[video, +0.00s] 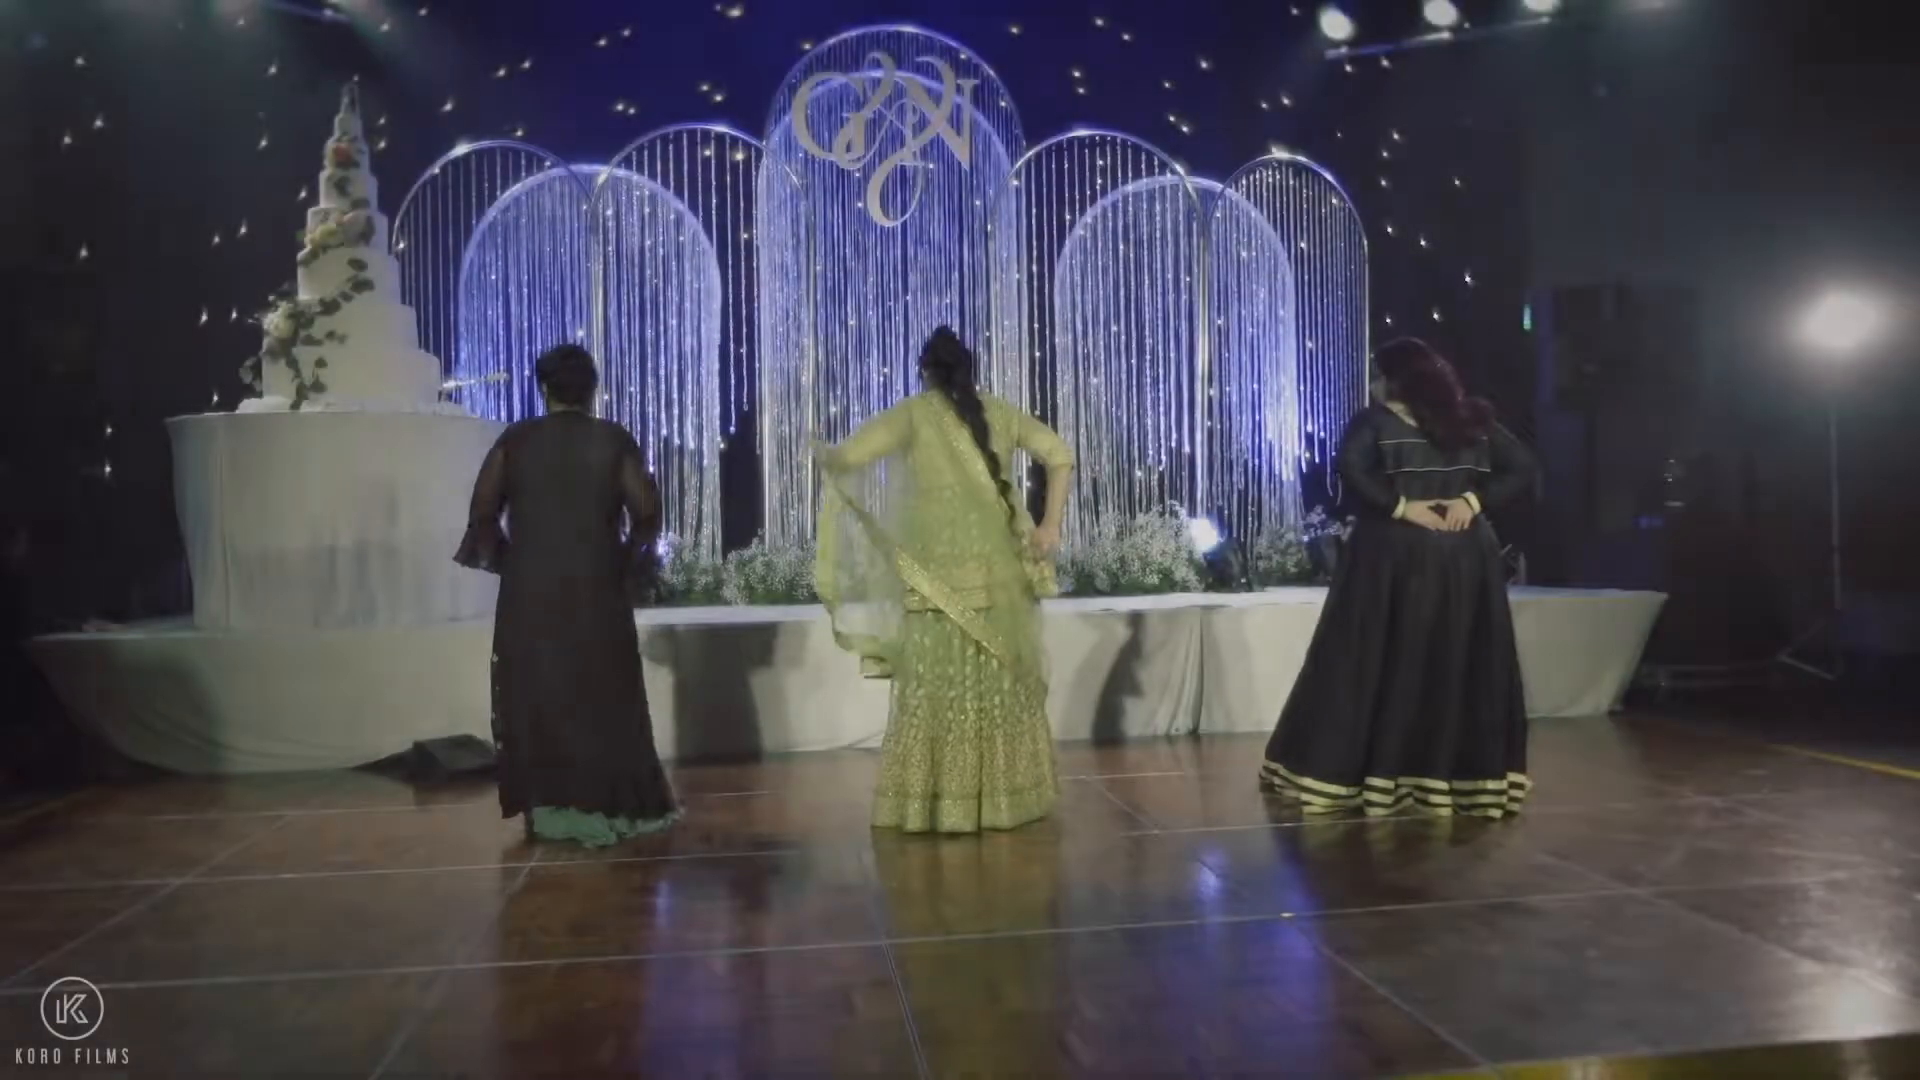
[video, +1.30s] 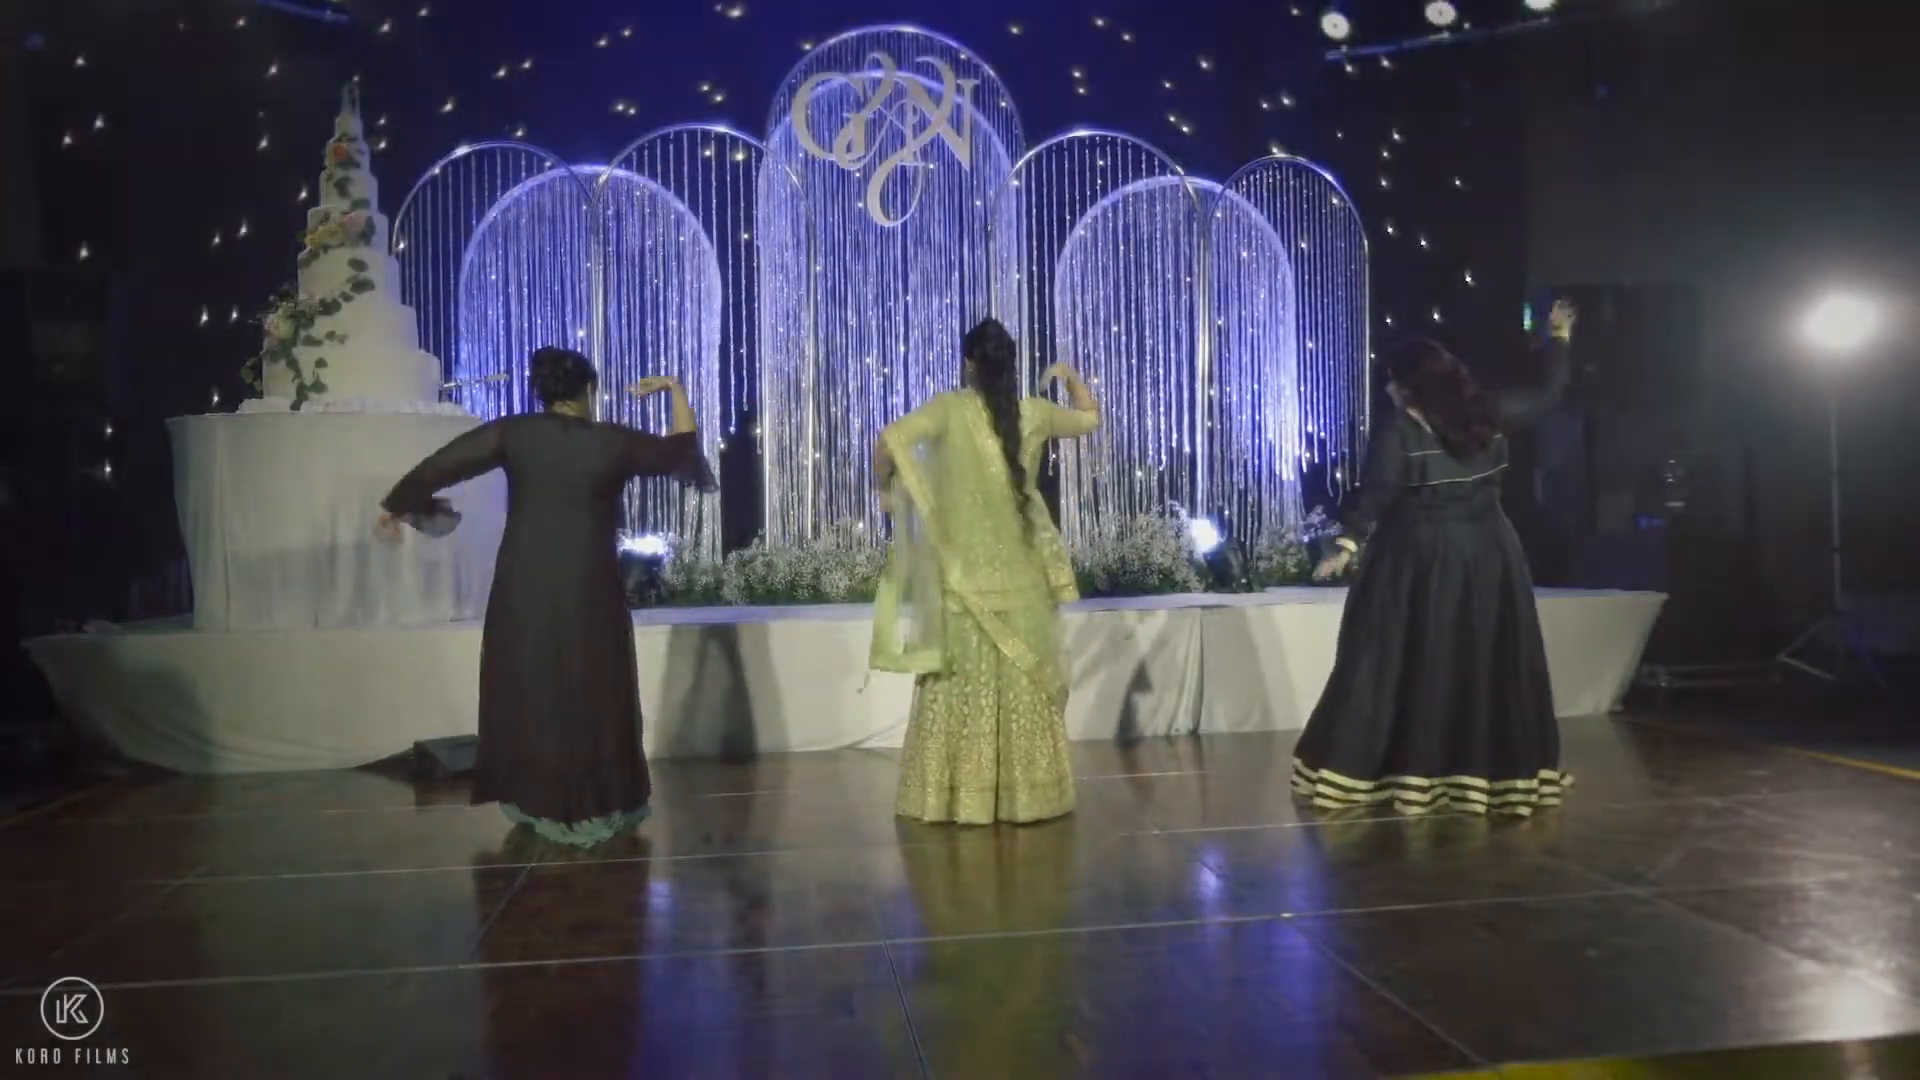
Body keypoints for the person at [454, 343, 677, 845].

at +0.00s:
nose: (571, 392)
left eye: (556, 385)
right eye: (581, 384)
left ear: (544, 389)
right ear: (592, 389)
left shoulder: (515, 441)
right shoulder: (614, 440)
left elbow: (482, 519)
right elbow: (648, 511)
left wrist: (515, 561)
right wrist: (626, 560)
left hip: (532, 591)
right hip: (595, 591)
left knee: (537, 697)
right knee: (602, 695)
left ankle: (545, 808)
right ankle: (608, 806)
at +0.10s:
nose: (555, 394)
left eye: (542, 386)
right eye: (573, 384)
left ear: (536, 391)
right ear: (585, 388)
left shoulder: (511, 437)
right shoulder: (609, 439)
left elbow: (457, 497)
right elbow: (654, 497)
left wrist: (478, 537)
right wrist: (645, 528)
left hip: (528, 588)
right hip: (590, 588)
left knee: (533, 696)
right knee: (595, 694)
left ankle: (540, 808)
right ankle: (600, 806)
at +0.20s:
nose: (541, 396)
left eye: (535, 388)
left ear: (532, 391)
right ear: (583, 390)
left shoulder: (504, 437)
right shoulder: (605, 438)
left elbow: (422, 477)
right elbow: (682, 479)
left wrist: (438, 502)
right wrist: (681, 500)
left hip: (526, 596)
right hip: (591, 595)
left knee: (533, 700)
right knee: (597, 699)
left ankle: (541, 811)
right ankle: (602, 810)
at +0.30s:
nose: (548, 394)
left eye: (537, 386)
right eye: (566, 383)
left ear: (530, 389)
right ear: (580, 388)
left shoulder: (503, 435)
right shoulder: (606, 435)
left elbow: (429, 443)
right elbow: (674, 449)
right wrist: (725, 450)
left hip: (525, 590)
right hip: (590, 590)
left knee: (533, 697)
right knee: (594, 694)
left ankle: (540, 812)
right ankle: (598, 810)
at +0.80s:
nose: (577, 395)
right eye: (581, 387)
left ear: (533, 389)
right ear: (581, 388)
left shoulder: (505, 429)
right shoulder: (605, 436)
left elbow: (431, 453)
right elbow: (679, 429)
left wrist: (382, 503)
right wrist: (698, 369)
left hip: (521, 585)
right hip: (585, 585)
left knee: (530, 693)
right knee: (593, 692)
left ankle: (537, 810)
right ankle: (599, 812)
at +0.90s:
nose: (588, 397)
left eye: (584, 391)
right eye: (586, 391)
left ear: (536, 391)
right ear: (581, 391)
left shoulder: (507, 430)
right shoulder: (605, 437)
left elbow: (437, 463)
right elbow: (676, 436)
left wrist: (438, 535)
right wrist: (664, 385)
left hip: (520, 584)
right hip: (584, 586)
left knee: (527, 691)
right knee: (592, 690)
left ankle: (535, 806)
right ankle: (595, 807)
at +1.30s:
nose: (595, 399)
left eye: (590, 392)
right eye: (594, 392)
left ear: (540, 393)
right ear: (588, 393)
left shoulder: (512, 433)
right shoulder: (613, 441)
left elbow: (441, 464)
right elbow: (683, 453)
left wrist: (400, 501)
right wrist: (677, 393)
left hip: (523, 587)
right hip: (588, 589)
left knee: (531, 693)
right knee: (594, 693)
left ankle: (537, 809)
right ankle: (596, 810)